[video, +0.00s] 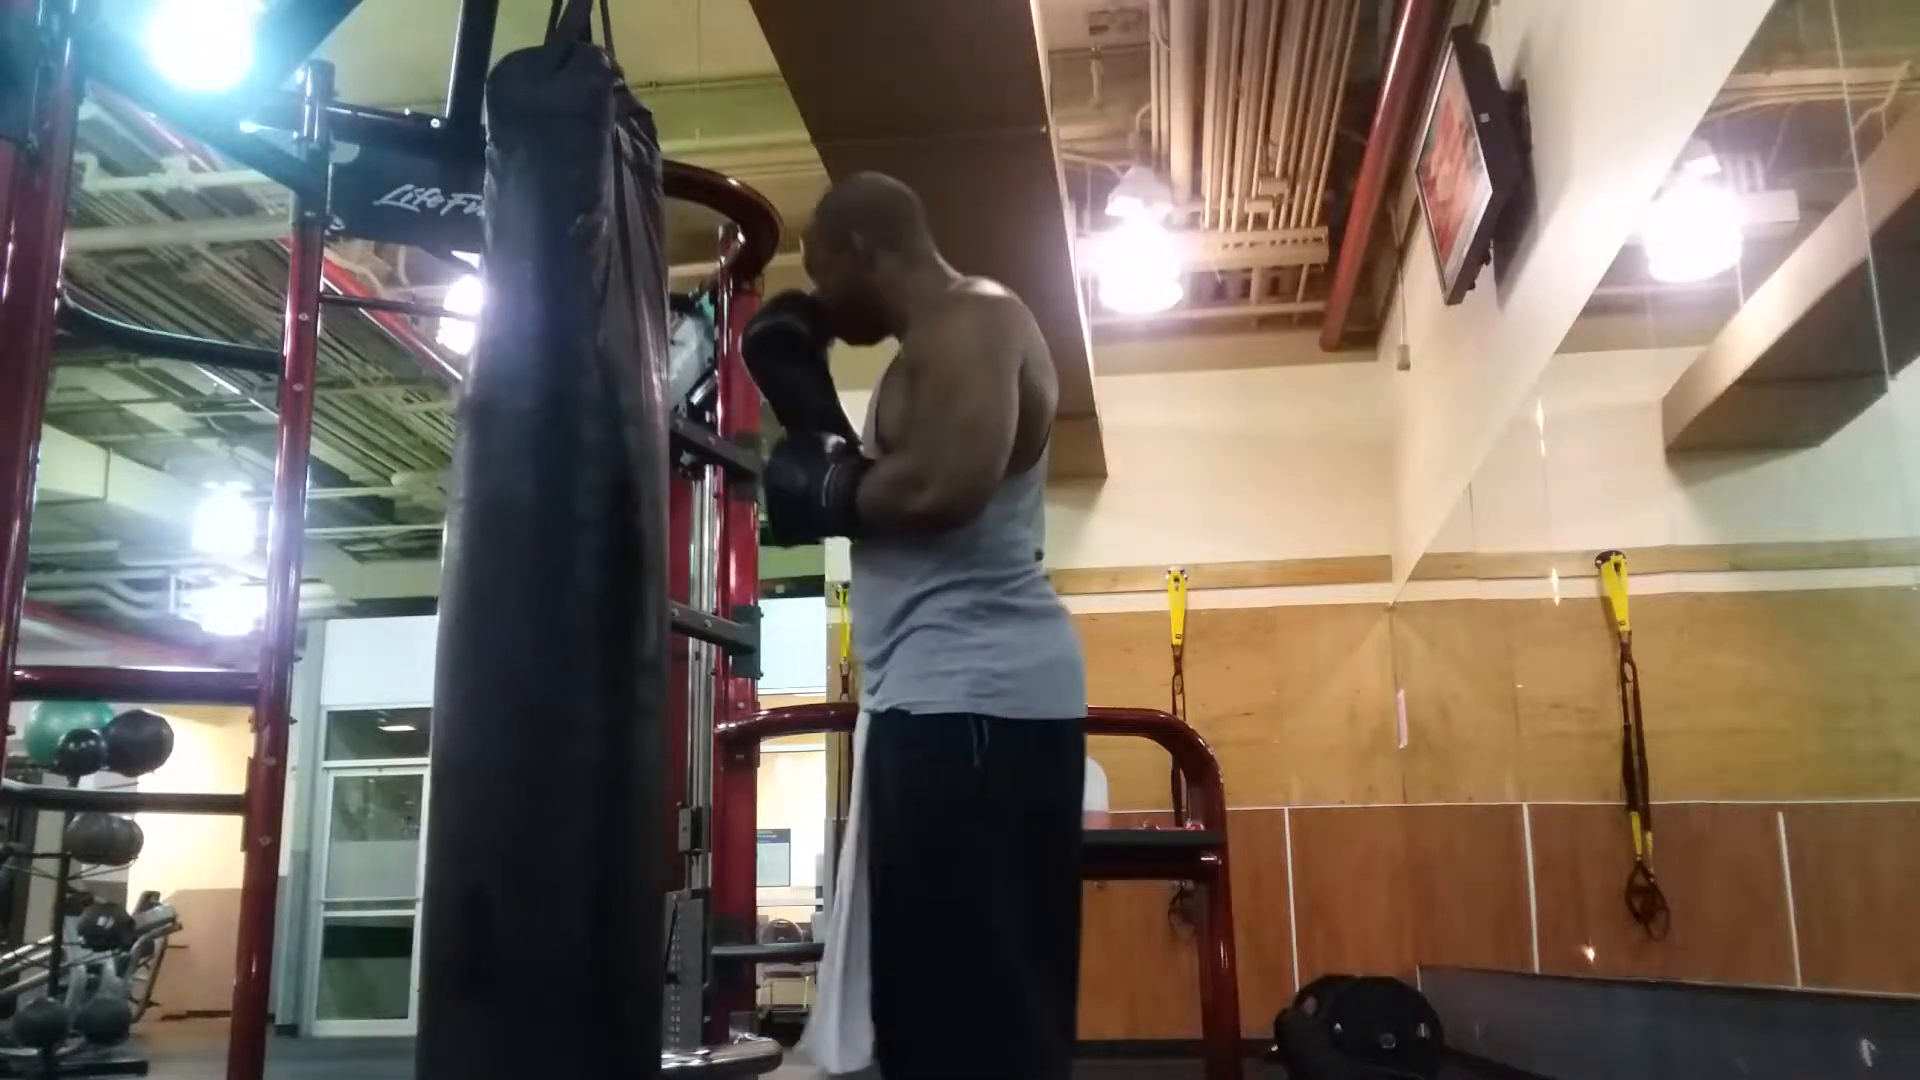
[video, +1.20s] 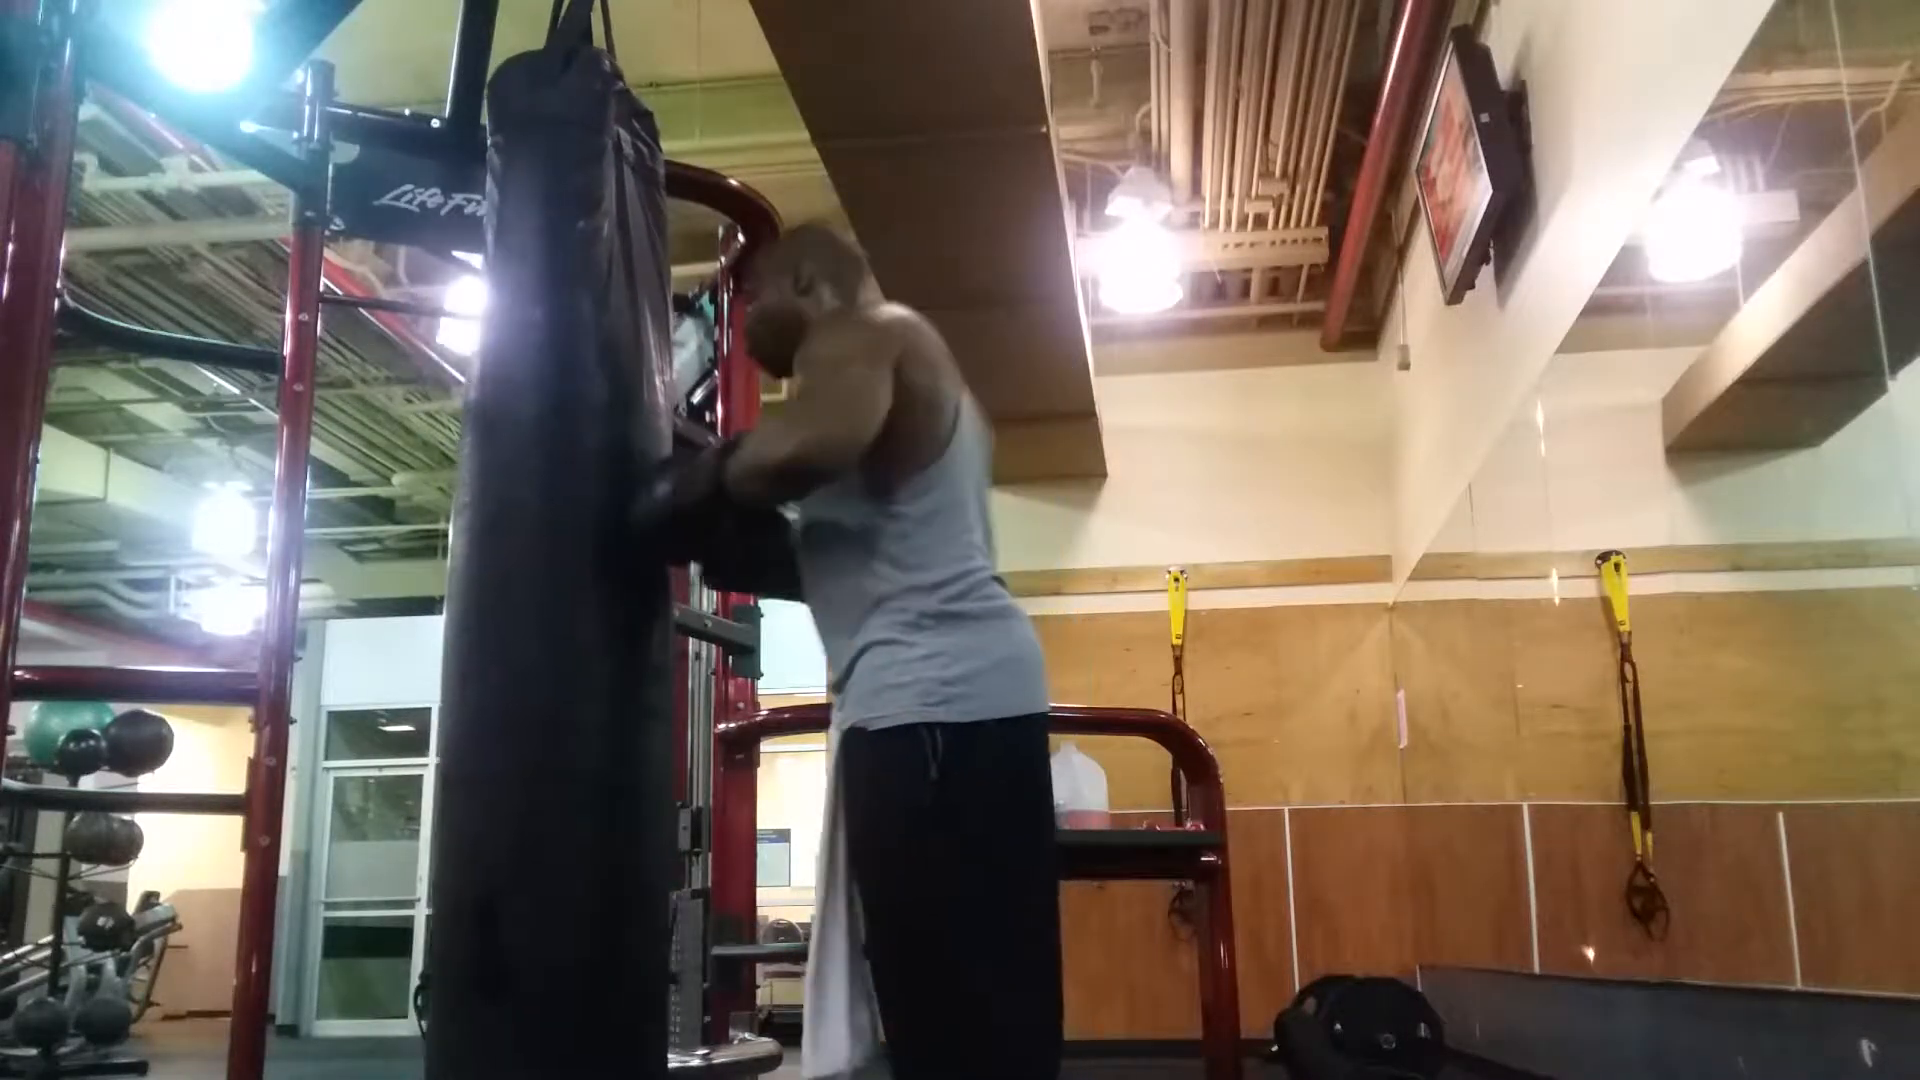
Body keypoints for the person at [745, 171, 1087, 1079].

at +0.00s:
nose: (816, 292)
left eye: (819, 270)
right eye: (812, 273)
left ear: (860, 255)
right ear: (899, 249)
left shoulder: (968, 319)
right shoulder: (921, 357)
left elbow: (943, 486)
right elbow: (867, 494)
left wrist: (828, 484)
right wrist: (808, 396)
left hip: (975, 700)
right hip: (935, 699)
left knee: (964, 1011)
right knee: (936, 1007)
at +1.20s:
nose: (744, 319)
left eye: (752, 295)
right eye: (742, 300)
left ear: (809, 284)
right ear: (841, 287)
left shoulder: (859, 332)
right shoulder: (915, 365)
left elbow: (818, 441)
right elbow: (836, 564)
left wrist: (712, 471)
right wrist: (699, 514)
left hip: (929, 707)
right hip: (965, 702)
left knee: (943, 1005)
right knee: (975, 1005)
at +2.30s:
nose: (781, 276)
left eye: (796, 255)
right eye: (784, 258)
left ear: (859, 259)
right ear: (862, 266)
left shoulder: (920, 333)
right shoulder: (863, 380)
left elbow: (877, 470)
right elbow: (902, 564)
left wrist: (786, 503)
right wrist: (814, 617)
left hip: (949, 689)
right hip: (905, 692)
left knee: (938, 994)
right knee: (920, 990)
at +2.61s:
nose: (816, 249)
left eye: (827, 223)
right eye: (819, 227)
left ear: (875, 214)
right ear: (908, 221)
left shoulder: (939, 300)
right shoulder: (981, 307)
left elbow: (881, 480)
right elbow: (998, 522)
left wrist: (827, 489)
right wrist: (890, 604)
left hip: (994, 691)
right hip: (1020, 687)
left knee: (982, 1019)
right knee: (1009, 1017)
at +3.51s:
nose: (813, 265)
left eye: (811, 235)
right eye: (803, 243)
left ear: (860, 201)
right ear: (894, 198)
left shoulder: (954, 269)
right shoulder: (1012, 270)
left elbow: (905, 473)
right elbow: (1083, 469)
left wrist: (839, 465)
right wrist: (895, 506)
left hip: (1002, 683)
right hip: (1069, 675)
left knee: (919, 994)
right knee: (1091, 979)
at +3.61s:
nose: (754, 251)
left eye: (751, 219)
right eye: (743, 228)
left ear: (801, 191)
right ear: (840, 190)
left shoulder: (905, 263)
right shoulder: (942, 260)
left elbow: (876, 463)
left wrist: (801, 480)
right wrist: (818, 457)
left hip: (960, 676)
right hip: (1021, 672)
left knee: (848, 1000)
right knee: (1066, 981)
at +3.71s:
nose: (691, 240)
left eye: (685, 211)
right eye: (682, 218)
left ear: (718, 181)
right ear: (781, 165)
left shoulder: (833, 238)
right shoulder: (895, 236)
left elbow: (798, 435)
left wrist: (726, 470)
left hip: (908, 663)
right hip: (997, 658)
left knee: (789, 977)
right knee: (1007, 940)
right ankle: (1109, 1072)